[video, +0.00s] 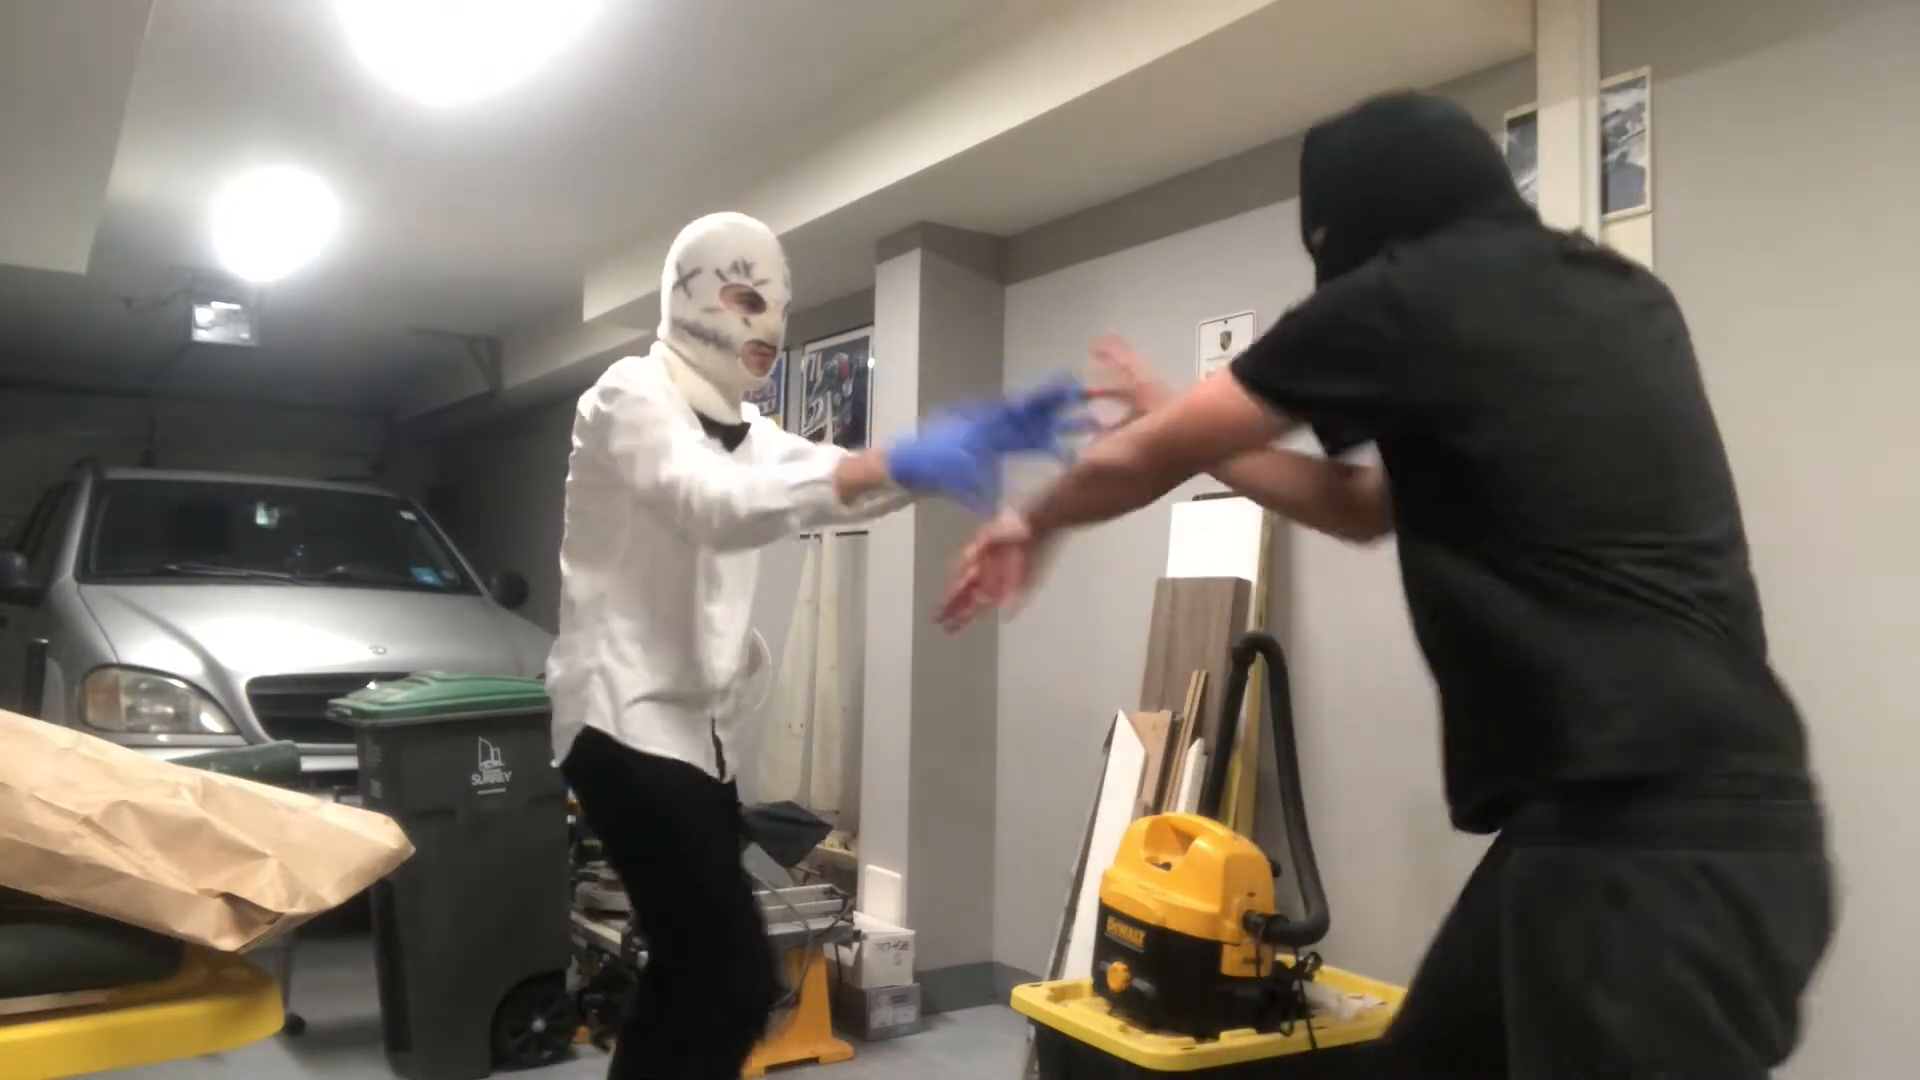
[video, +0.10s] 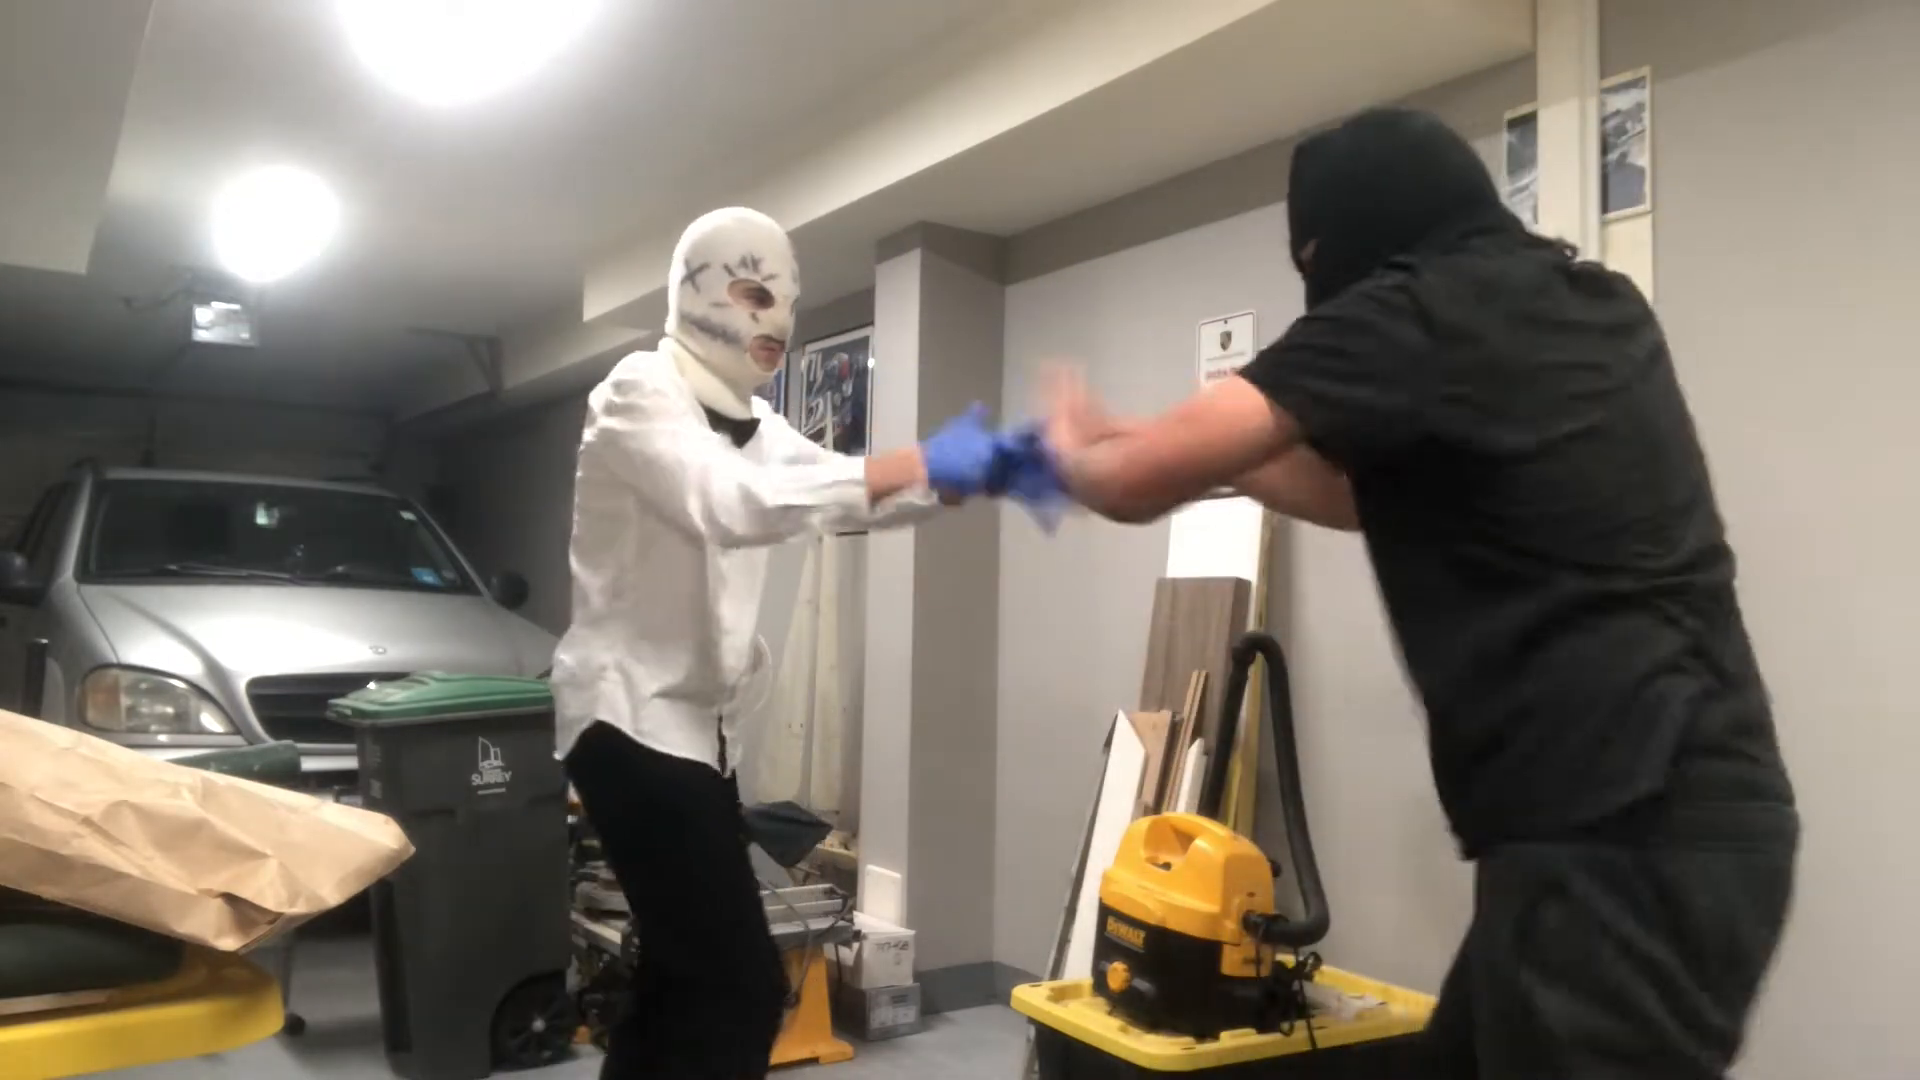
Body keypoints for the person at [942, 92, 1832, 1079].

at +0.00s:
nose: (1316, 257)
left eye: (1320, 229)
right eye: (1315, 234)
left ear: (1360, 212)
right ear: (1476, 189)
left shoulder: (1403, 297)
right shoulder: (1618, 296)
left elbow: (1141, 458)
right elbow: (1361, 503)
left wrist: (1035, 522)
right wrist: (1190, 427)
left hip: (1628, 855)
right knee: (1419, 1068)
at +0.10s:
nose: (1310, 279)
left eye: (1309, 256)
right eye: (1305, 259)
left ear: (1351, 232)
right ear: (1458, 197)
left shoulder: (1415, 313)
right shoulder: (1593, 303)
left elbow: (1130, 482)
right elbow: (1364, 487)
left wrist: (1072, 450)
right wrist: (1166, 438)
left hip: (1612, 853)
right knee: (1454, 1067)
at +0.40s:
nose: (1325, 268)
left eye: (1323, 238)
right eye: (1316, 244)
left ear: (1372, 207)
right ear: (1466, 184)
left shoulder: (1418, 299)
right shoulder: (1585, 297)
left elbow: (1171, 492)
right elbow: (1434, 559)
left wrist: (1097, 423)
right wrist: (1234, 486)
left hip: (1549, 864)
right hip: (1694, 850)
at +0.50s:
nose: (1338, 254)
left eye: (1337, 227)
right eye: (1333, 232)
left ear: (1376, 199)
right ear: (1486, 178)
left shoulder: (1408, 294)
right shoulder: (1617, 302)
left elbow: (1158, 474)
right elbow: (1446, 577)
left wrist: (1013, 485)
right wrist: (1287, 473)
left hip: (1533, 831)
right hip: (1674, 810)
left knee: (1485, 1059)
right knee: (1634, 1061)